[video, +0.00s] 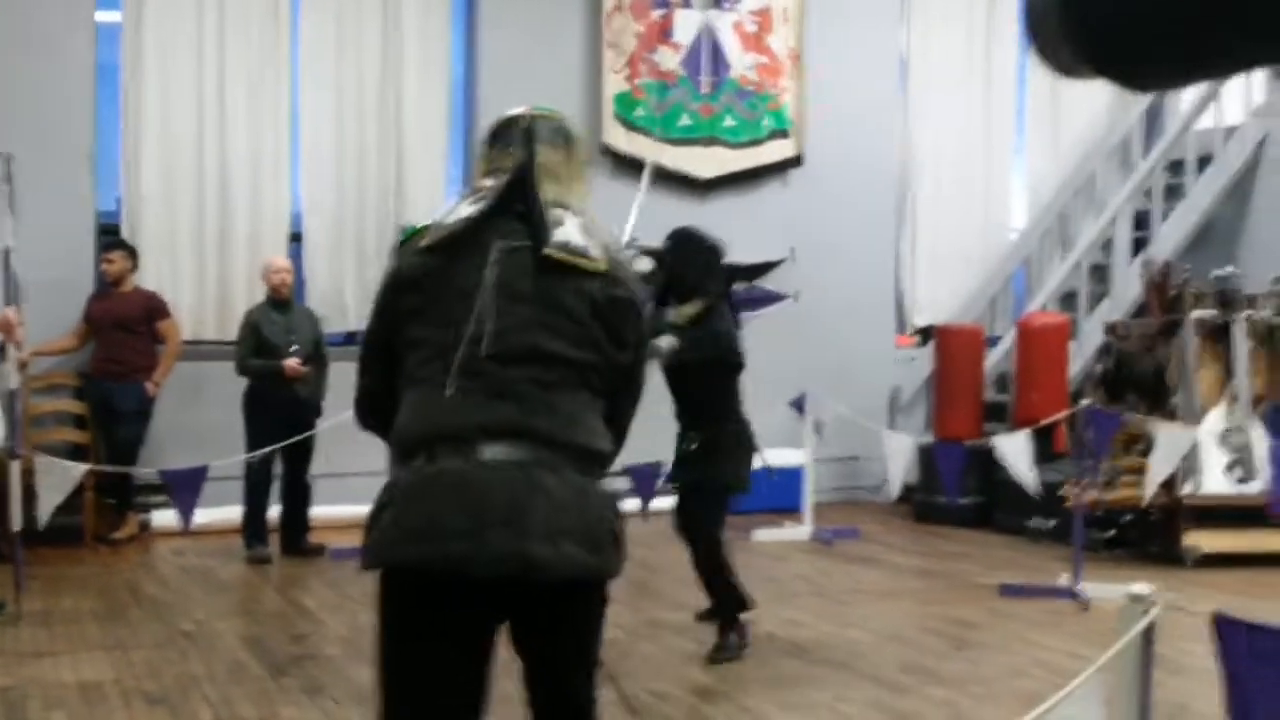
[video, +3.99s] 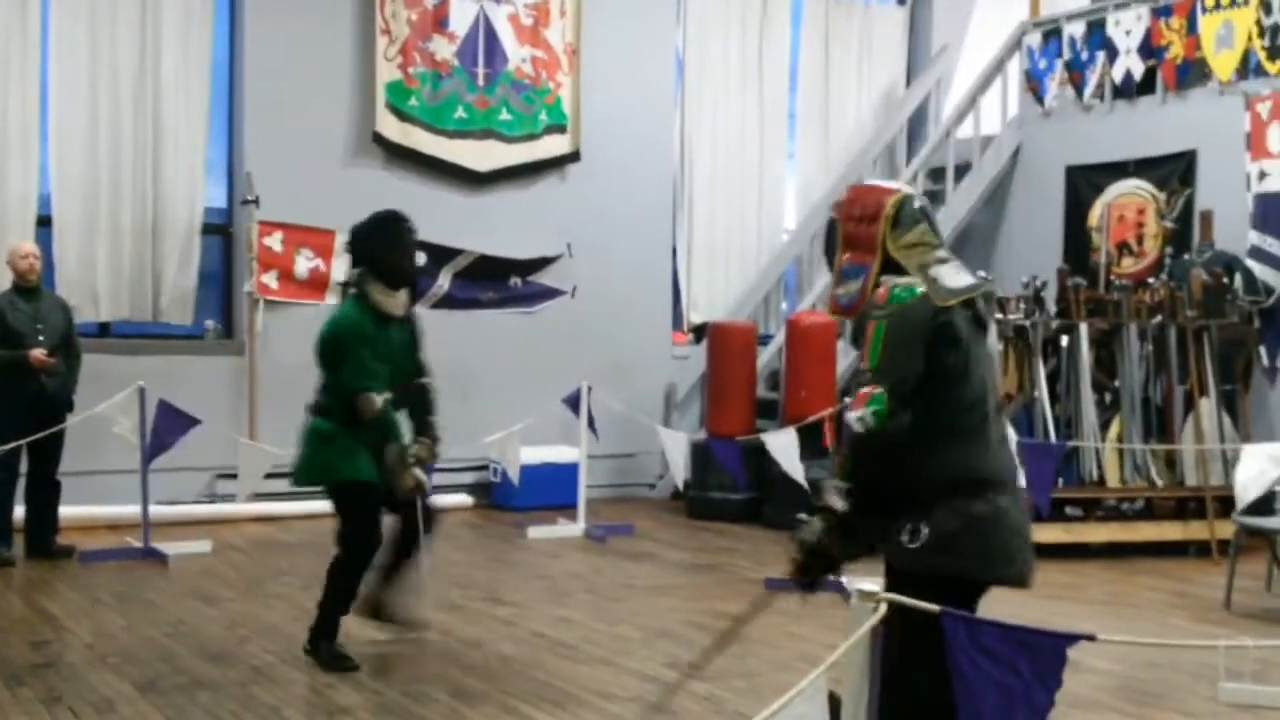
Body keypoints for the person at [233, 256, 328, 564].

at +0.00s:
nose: (282, 278)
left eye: (287, 272)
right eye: (276, 272)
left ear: (294, 277)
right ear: (265, 278)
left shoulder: (307, 317)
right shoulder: (255, 317)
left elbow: (320, 360)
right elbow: (243, 363)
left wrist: (315, 397)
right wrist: (279, 366)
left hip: (301, 404)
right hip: (264, 404)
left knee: (297, 475)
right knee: (259, 473)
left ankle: (295, 538)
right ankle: (256, 541)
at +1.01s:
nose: (156, 269)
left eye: (160, 264)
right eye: (149, 264)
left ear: (167, 270)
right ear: (137, 271)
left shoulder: (181, 310)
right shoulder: (127, 311)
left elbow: (195, 355)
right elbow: (113, 358)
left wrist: (189, 393)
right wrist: (152, 360)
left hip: (174, 401)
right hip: (135, 401)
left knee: (169, 473)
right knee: (130, 472)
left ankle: (167, 537)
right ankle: (126, 541)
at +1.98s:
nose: (130, 286)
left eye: (135, 280)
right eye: (123, 281)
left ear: (143, 286)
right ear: (113, 289)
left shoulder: (157, 326)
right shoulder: (104, 327)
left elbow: (172, 366)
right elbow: (90, 375)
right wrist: (127, 379)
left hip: (151, 417)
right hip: (111, 417)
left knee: (145, 491)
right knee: (106, 488)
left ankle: (143, 555)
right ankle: (102, 558)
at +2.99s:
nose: (104, 268)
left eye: (109, 262)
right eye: (98, 262)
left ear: (116, 268)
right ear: (86, 268)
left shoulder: (131, 310)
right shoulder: (74, 309)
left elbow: (143, 354)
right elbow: (60, 358)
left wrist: (128, 370)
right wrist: (99, 361)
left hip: (121, 400)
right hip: (82, 400)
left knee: (117, 473)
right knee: (76, 472)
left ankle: (113, 541)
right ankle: (71, 544)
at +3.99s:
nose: (31, 262)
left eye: (36, 257)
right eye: (24, 257)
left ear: (43, 263)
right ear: (11, 264)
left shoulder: (58, 306)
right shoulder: (4, 305)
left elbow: (72, 352)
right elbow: (1, 352)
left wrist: (66, 390)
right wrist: (24, 357)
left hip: (49, 403)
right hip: (9, 404)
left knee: (45, 477)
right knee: (6, 477)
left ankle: (42, 542)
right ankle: (4, 544)